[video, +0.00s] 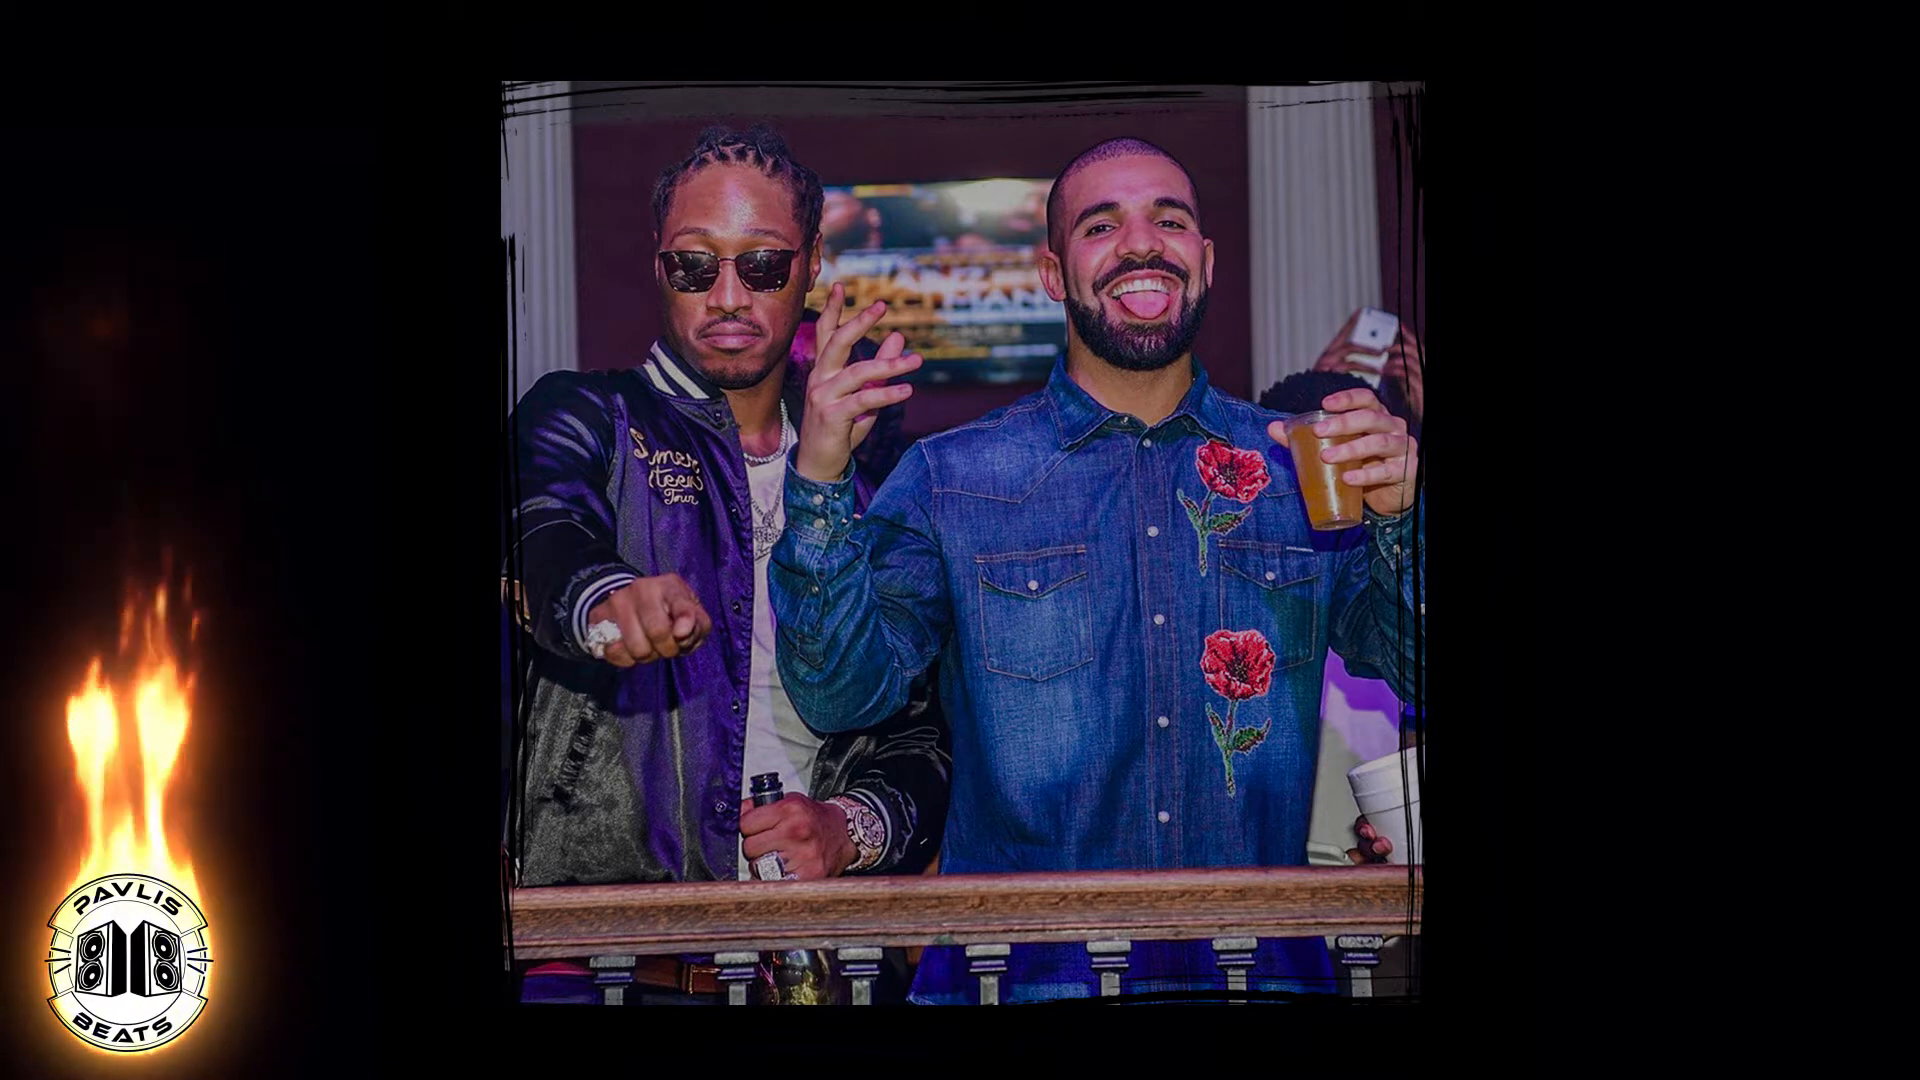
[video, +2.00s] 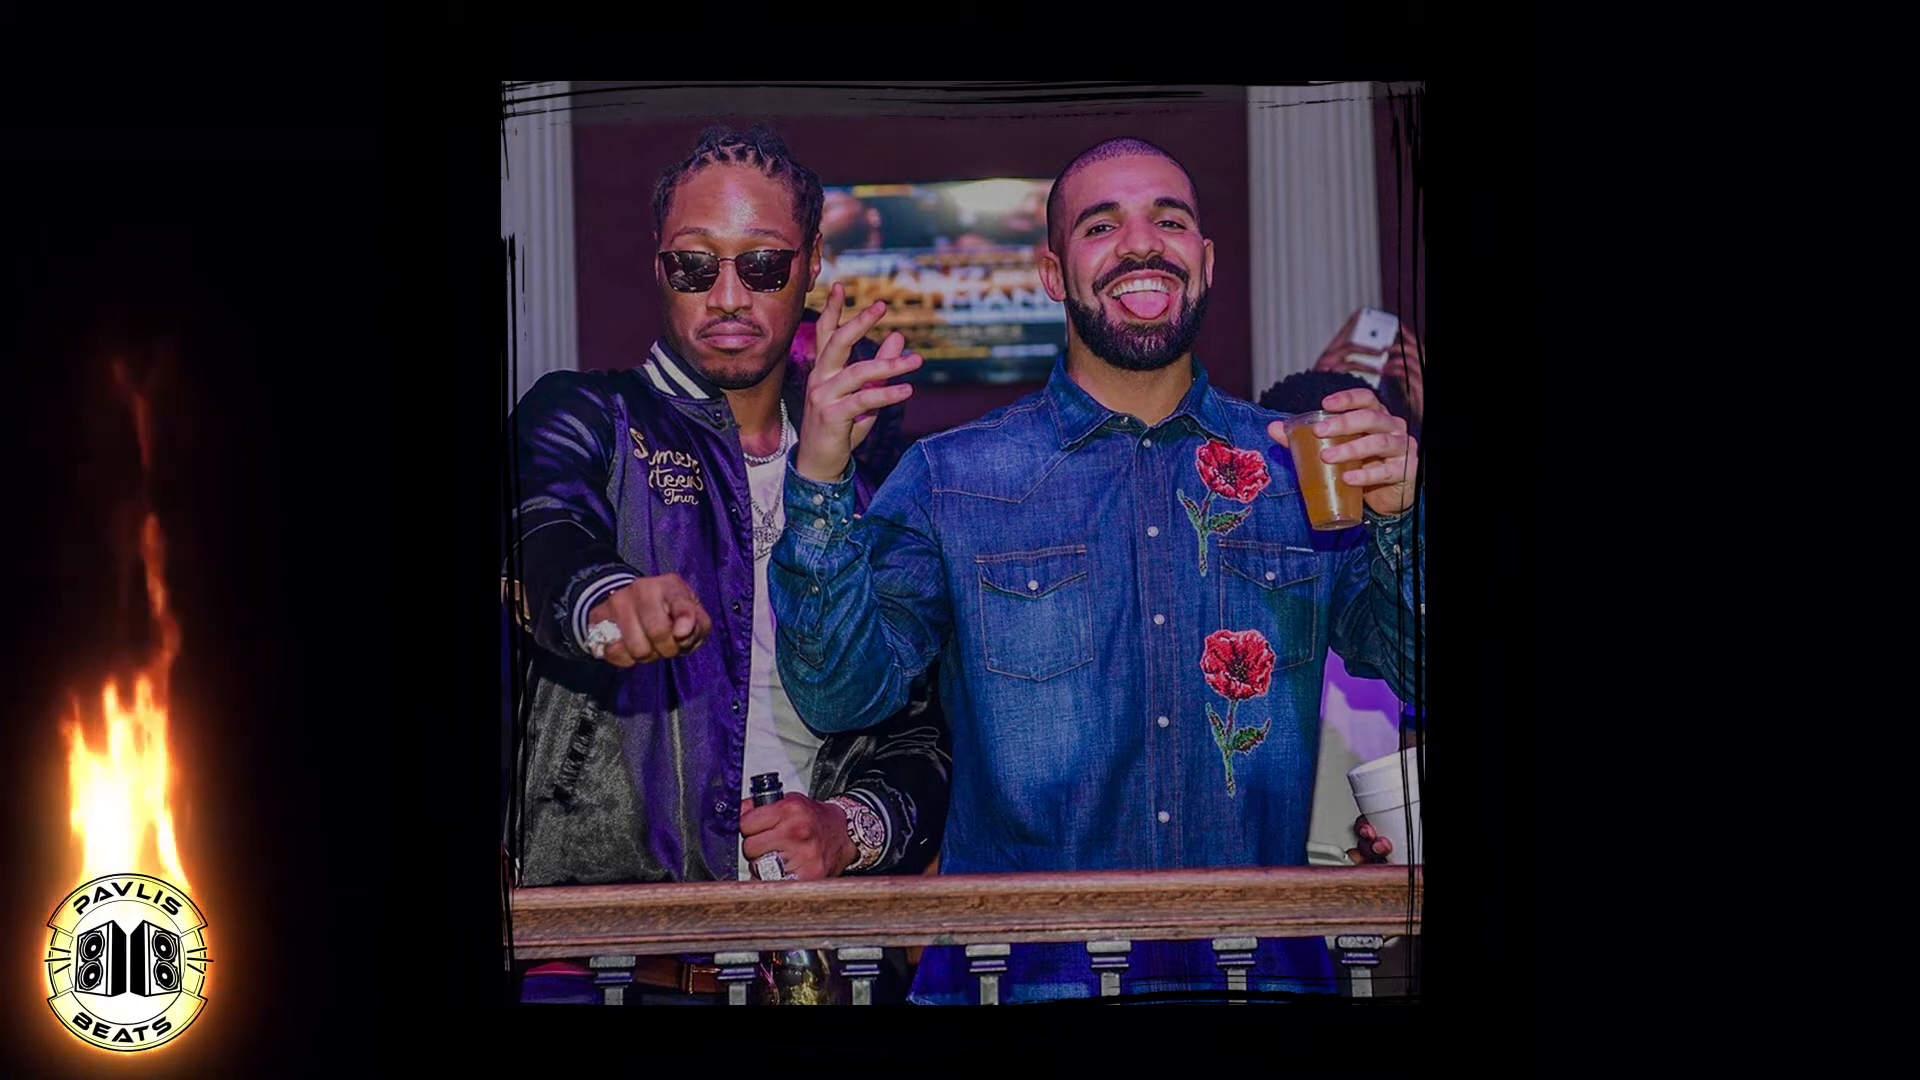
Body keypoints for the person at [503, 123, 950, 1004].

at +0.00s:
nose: (729, 296)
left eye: (763, 266)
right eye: (694, 266)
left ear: (811, 274)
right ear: (658, 272)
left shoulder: (878, 460)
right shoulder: (581, 412)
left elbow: (926, 726)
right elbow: (540, 525)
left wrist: (857, 826)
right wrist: (602, 595)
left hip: (827, 944)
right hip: (605, 943)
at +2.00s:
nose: (729, 296)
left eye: (764, 266)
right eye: (694, 266)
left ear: (811, 274)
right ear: (658, 272)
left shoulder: (878, 460)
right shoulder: (581, 412)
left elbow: (926, 725)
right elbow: (540, 525)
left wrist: (857, 826)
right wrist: (602, 595)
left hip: (827, 944)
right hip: (605, 943)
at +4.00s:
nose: (729, 296)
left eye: (763, 266)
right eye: (694, 266)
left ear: (811, 274)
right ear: (658, 272)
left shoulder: (878, 460)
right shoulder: (581, 411)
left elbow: (927, 725)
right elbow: (540, 525)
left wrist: (857, 826)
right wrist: (602, 595)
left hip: (828, 944)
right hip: (605, 943)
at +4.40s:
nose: (728, 295)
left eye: (763, 266)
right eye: (694, 266)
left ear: (811, 275)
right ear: (658, 274)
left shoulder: (878, 459)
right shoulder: (581, 411)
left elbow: (925, 722)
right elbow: (541, 525)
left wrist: (858, 826)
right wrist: (603, 595)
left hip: (828, 941)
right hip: (607, 941)